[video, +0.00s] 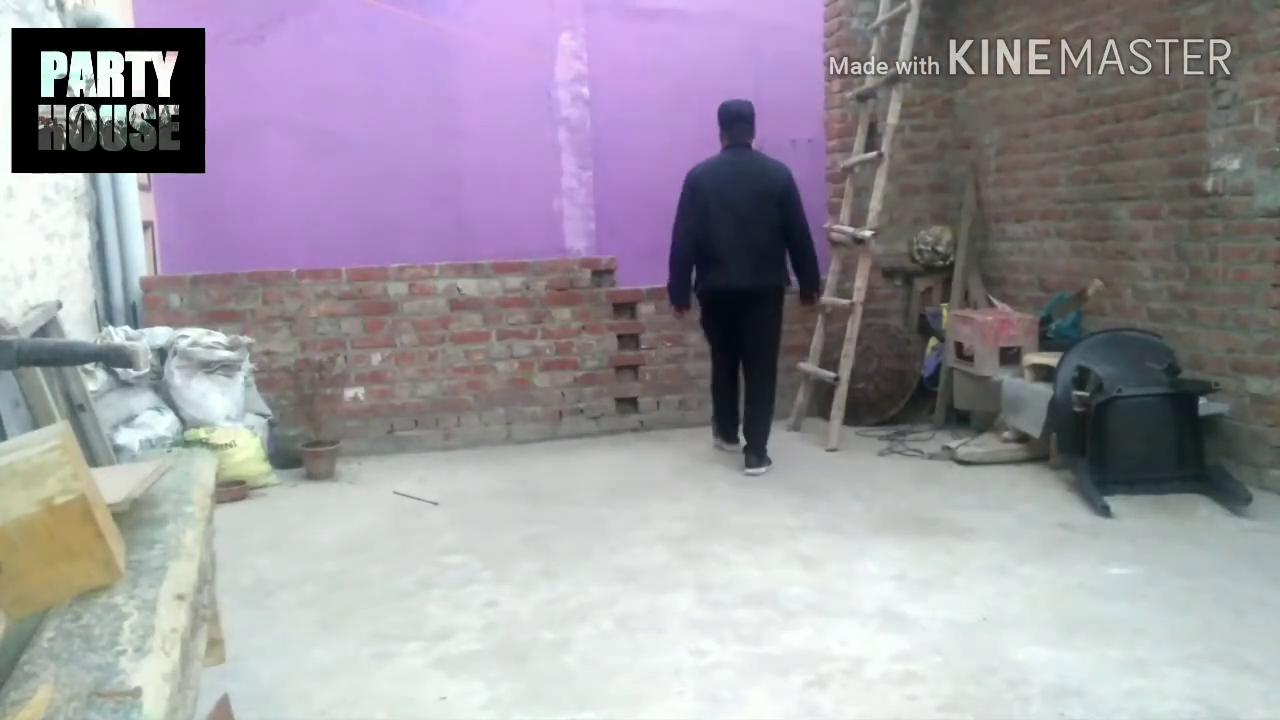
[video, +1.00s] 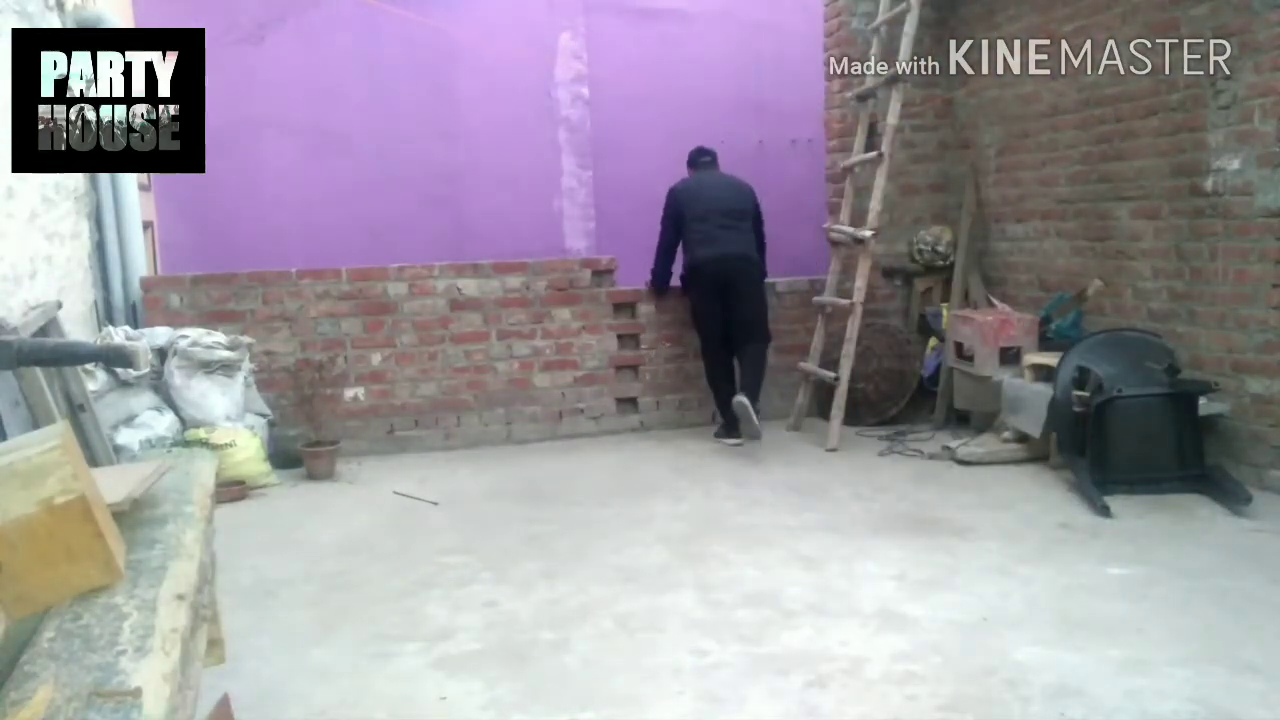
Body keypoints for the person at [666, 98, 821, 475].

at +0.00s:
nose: (735, 133)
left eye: (728, 126)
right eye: (746, 126)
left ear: (721, 130)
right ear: (753, 129)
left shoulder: (700, 177)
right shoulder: (776, 174)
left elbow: (683, 239)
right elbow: (797, 234)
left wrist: (679, 292)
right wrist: (809, 283)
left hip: (716, 291)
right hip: (764, 291)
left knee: (724, 360)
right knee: (761, 367)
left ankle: (726, 432)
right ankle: (756, 454)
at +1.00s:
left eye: (694, 167)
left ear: (690, 168)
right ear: (717, 165)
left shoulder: (680, 191)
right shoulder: (743, 187)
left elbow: (668, 241)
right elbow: (758, 235)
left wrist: (659, 282)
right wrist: (758, 270)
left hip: (703, 276)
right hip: (745, 272)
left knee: (715, 347)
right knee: (754, 338)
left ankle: (730, 425)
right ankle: (747, 397)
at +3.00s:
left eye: (679, 174)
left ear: (681, 171)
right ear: (706, 166)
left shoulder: (674, 189)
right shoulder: (734, 185)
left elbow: (666, 239)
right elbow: (748, 232)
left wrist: (659, 282)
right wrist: (757, 269)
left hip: (698, 271)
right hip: (739, 268)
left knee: (711, 342)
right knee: (750, 332)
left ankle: (729, 422)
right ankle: (723, 362)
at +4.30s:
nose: (688, 173)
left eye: (685, 168)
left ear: (684, 168)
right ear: (709, 164)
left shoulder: (676, 189)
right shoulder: (735, 185)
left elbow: (667, 238)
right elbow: (749, 231)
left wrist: (660, 280)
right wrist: (757, 270)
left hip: (697, 272)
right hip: (737, 269)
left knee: (711, 344)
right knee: (750, 332)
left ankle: (729, 423)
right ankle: (726, 367)